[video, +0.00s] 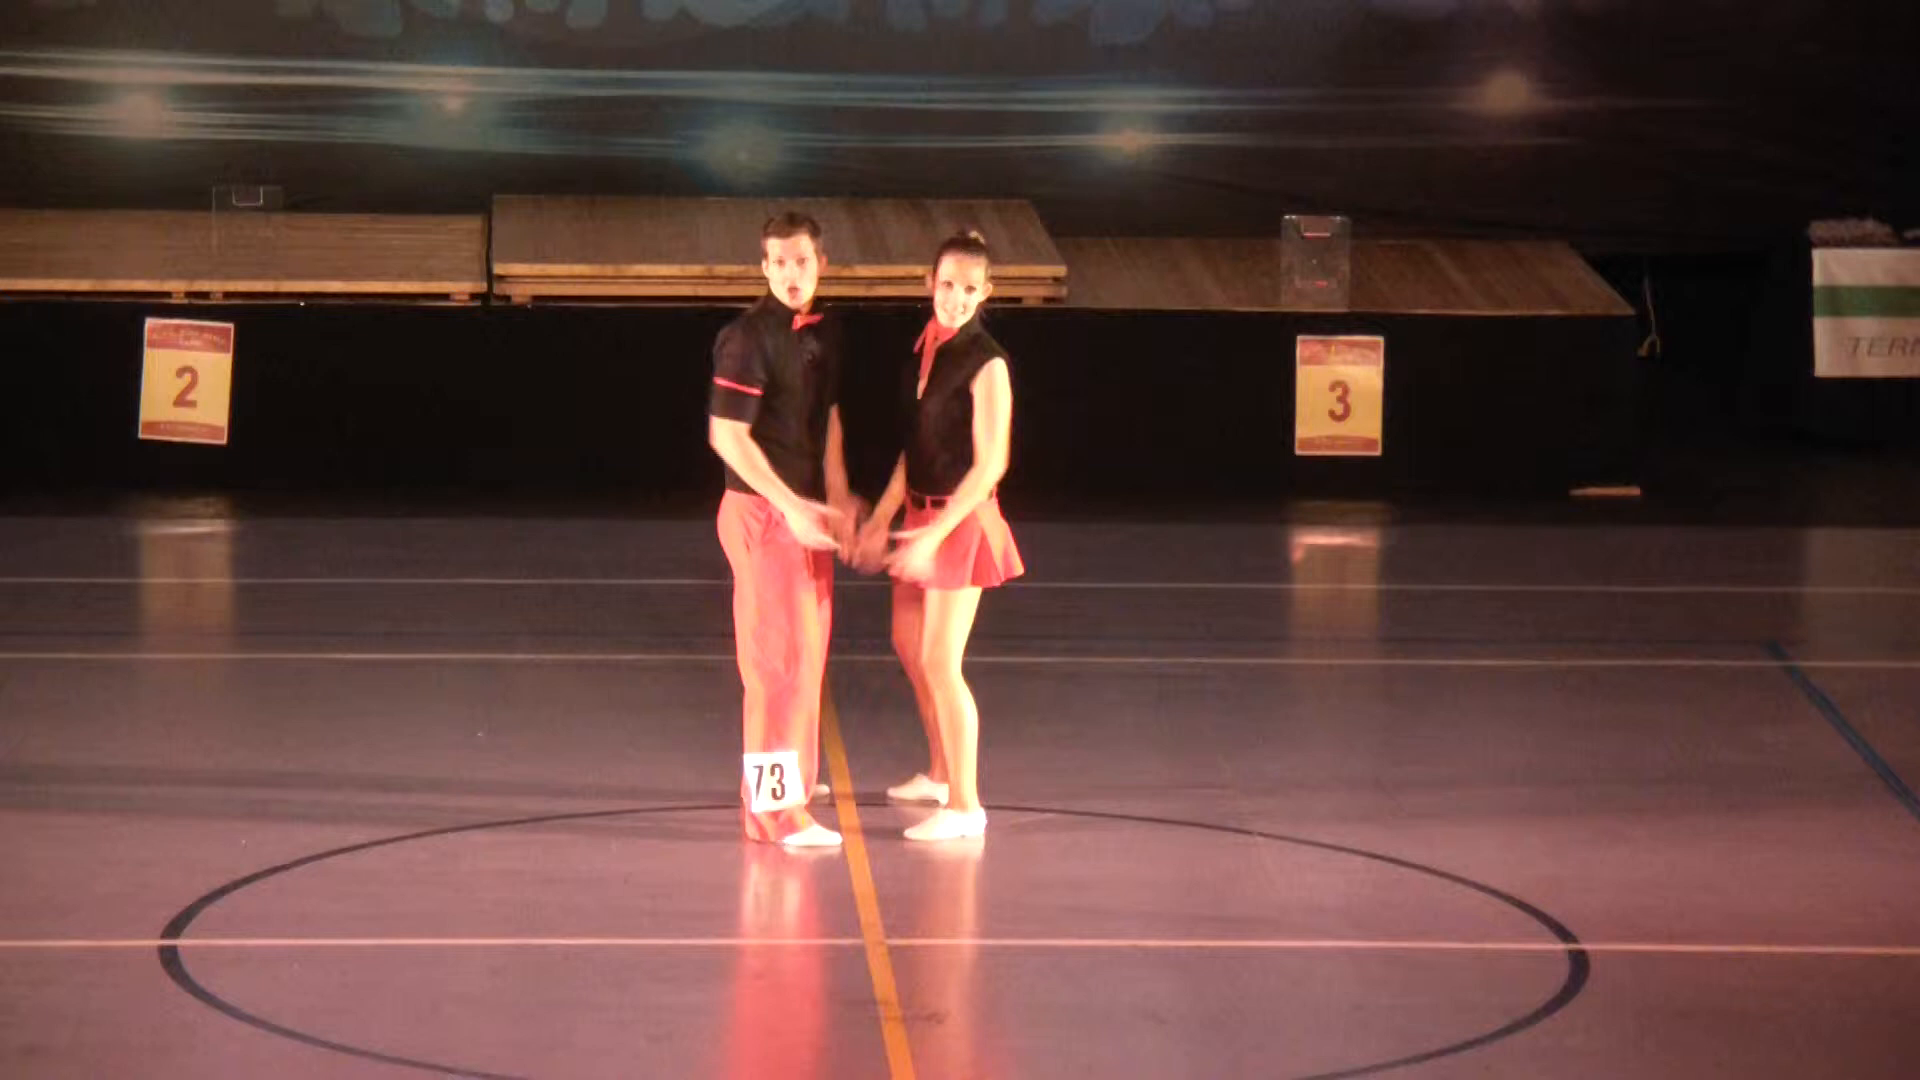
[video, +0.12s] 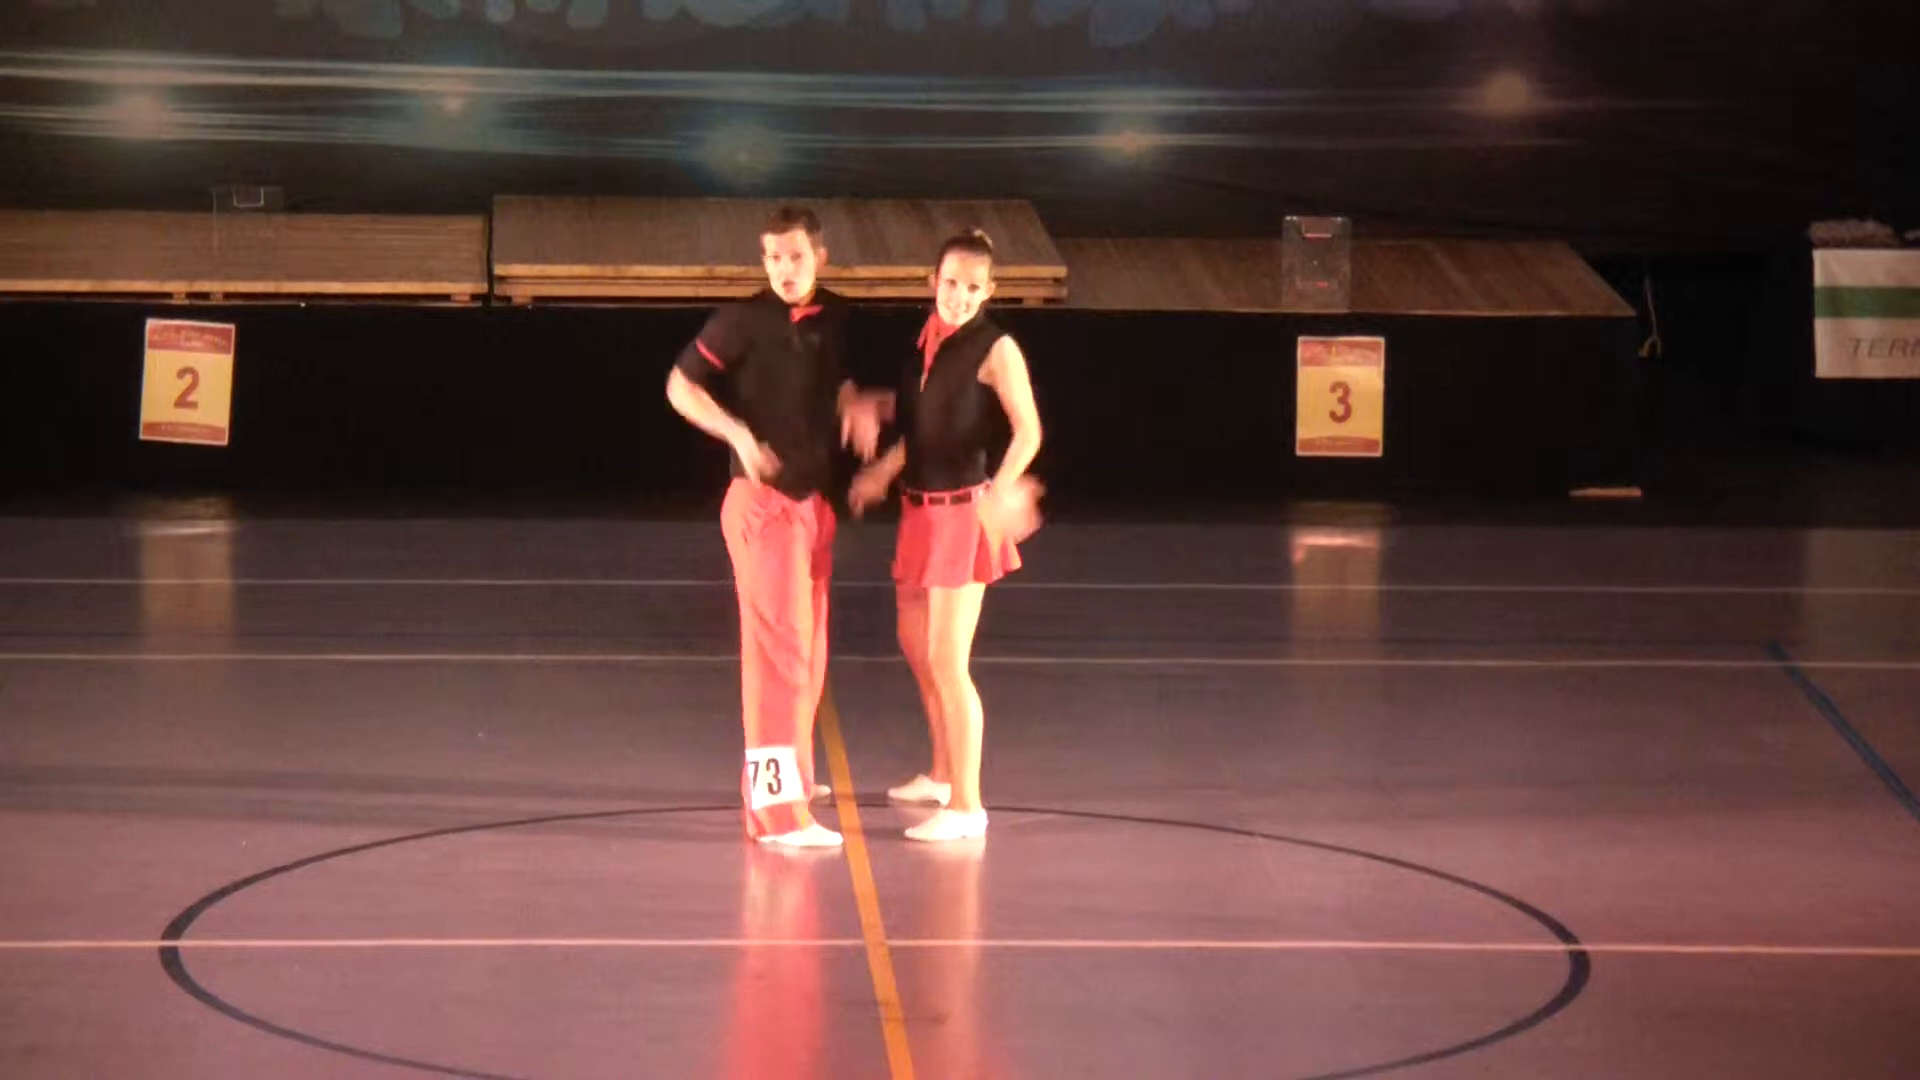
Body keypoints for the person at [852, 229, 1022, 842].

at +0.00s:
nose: (957, 298)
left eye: (970, 288)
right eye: (948, 283)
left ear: (985, 293)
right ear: (930, 282)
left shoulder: (987, 363)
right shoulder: (930, 345)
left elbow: (991, 463)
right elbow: (918, 441)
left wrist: (932, 536)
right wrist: (882, 516)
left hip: (965, 523)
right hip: (923, 517)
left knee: (941, 660)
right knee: (910, 646)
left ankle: (966, 808)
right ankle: (946, 774)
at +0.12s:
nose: (960, 295)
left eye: (973, 286)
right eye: (952, 281)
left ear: (988, 291)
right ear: (934, 280)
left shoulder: (997, 349)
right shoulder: (928, 342)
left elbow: (1029, 431)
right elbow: (924, 429)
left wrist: (1001, 491)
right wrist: (880, 473)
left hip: (965, 514)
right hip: (920, 512)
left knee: (949, 660)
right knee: (917, 646)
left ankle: (967, 807)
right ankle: (946, 776)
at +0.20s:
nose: (961, 297)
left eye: (974, 287)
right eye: (953, 282)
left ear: (989, 288)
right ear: (935, 278)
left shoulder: (998, 334)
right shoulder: (923, 333)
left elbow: (1043, 397)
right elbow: (913, 395)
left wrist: (1064, 429)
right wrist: (854, 414)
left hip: (965, 512)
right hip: (919, 510)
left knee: (953, 660)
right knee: (925, 648)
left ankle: (969, 807)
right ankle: (945, 776)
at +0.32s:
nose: (961, 295)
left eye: (975, 285)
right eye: (953, 281)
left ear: (990, 288)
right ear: (936, 278)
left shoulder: (997, 338)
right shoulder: (926, 345)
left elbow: (1035, 394)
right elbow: (851, 394)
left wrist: (1050, 415)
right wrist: (862, 371)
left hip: (966, 516)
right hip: (923, 514)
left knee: (954, 663)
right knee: (925, 650)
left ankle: (970, 807)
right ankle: (946, 777)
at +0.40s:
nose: (958, 295)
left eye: (971, 285)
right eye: (950, 280)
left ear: (987, 290)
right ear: (932, 279)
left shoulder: (998, 345)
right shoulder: (921, 338)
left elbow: (1036, 422)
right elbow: (914, 401)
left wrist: (1027, 456)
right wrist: (855, 403)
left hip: (968, 516)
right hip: (928, 514)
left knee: (951, 663)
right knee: (921, 649)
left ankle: (968, 807)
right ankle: (945, 777)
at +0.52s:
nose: (924, 291)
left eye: (937, 282)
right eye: (923, 280)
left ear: (970, 289)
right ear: (926, 284)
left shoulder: (970, 360)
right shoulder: (939, 348)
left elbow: (970, 461)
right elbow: (919, 421)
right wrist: (842, 430)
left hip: (967, 515)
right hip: (947, 510)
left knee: (942, 662)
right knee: (938, 657)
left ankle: (967, 805)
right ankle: (946, 776)